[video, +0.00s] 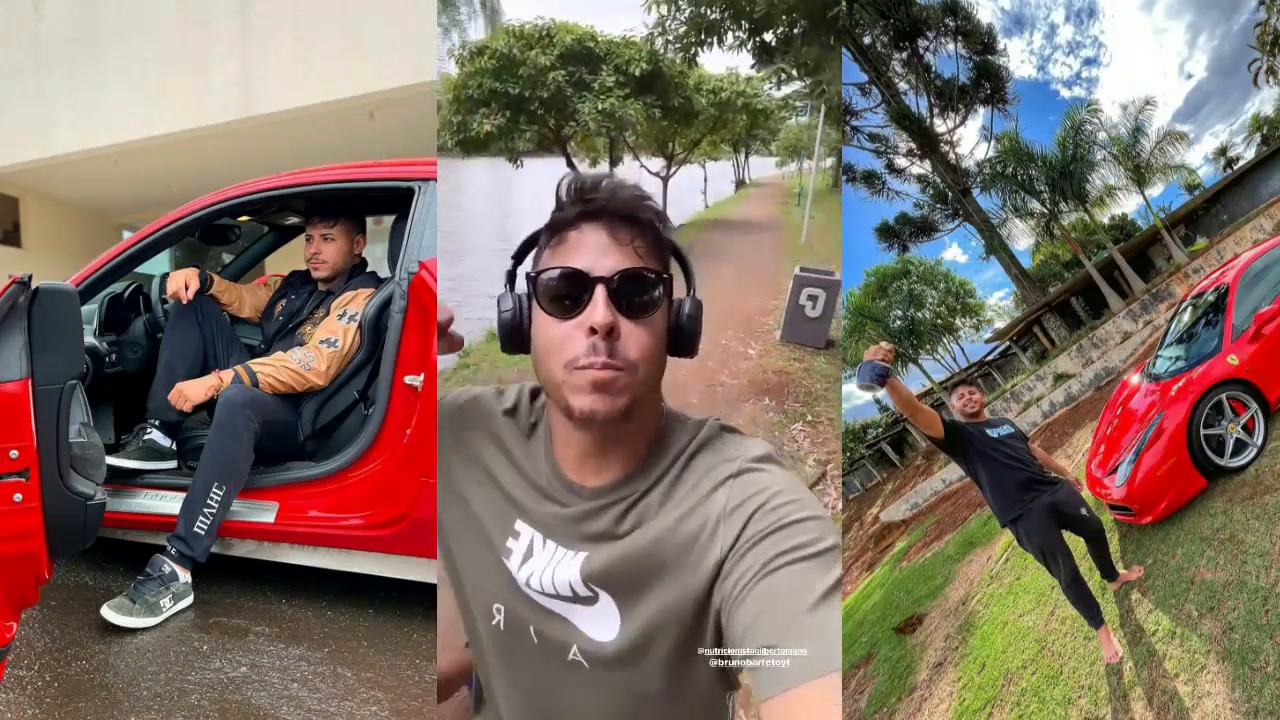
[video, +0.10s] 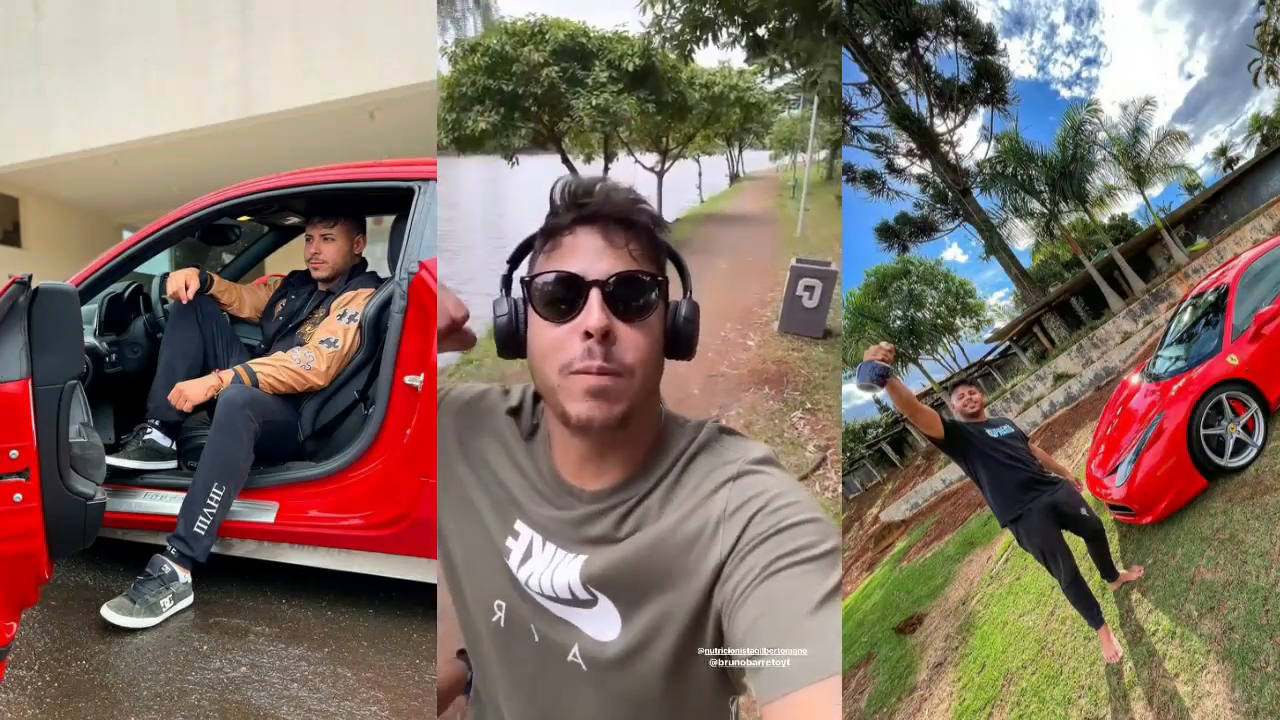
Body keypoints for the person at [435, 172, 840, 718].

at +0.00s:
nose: (601, 319)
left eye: (635, 294)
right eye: (567, 293)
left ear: (676, 323)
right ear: (524, 318)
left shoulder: (755, 511)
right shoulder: (457, 436)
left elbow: (812, 705)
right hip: (500, 706)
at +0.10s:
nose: (596, 323)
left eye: (630, 297)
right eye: (562, 297)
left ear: (672, 327)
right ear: (519, 322)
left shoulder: (756, 517)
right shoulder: (461, 433)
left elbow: (813, 706)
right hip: (487, 707)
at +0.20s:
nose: (601, 321)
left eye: (636, 296)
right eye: (567, 296)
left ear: (679, 329)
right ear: (525, 324)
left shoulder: (756, 516)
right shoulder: (462, 432)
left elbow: (815, 706)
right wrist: (400, 318)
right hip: (486, 705)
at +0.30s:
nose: (611, 320)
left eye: (646, 295)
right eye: (577, 294)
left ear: (688, 331)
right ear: (534, 323)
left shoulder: (761, 519)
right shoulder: (464, 432)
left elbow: (818, 706)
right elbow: (457, 595)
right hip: (474, 709)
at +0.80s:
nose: (635, 318)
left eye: (673, 296)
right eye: (603, 287)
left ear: (708, 332)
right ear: (552, 308)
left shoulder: (761, 515)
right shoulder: (460, 418)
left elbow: (814, 706)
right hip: (475, 706)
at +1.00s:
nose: (610, 295)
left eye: (647, 274)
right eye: (580, 264)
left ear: (679, 311)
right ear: (532, 283)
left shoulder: (745, 498)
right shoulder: (464, 396)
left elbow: (809, 708)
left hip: (638, 708)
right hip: (467, 705)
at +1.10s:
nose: (633, 297)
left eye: (669, 278)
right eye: (607, 265)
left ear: (699, 310)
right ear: (563, 279)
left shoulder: (749, 495)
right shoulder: (515, 369)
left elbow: (809, 708)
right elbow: (460, 296)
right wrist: (457, 233)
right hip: (466, 704)